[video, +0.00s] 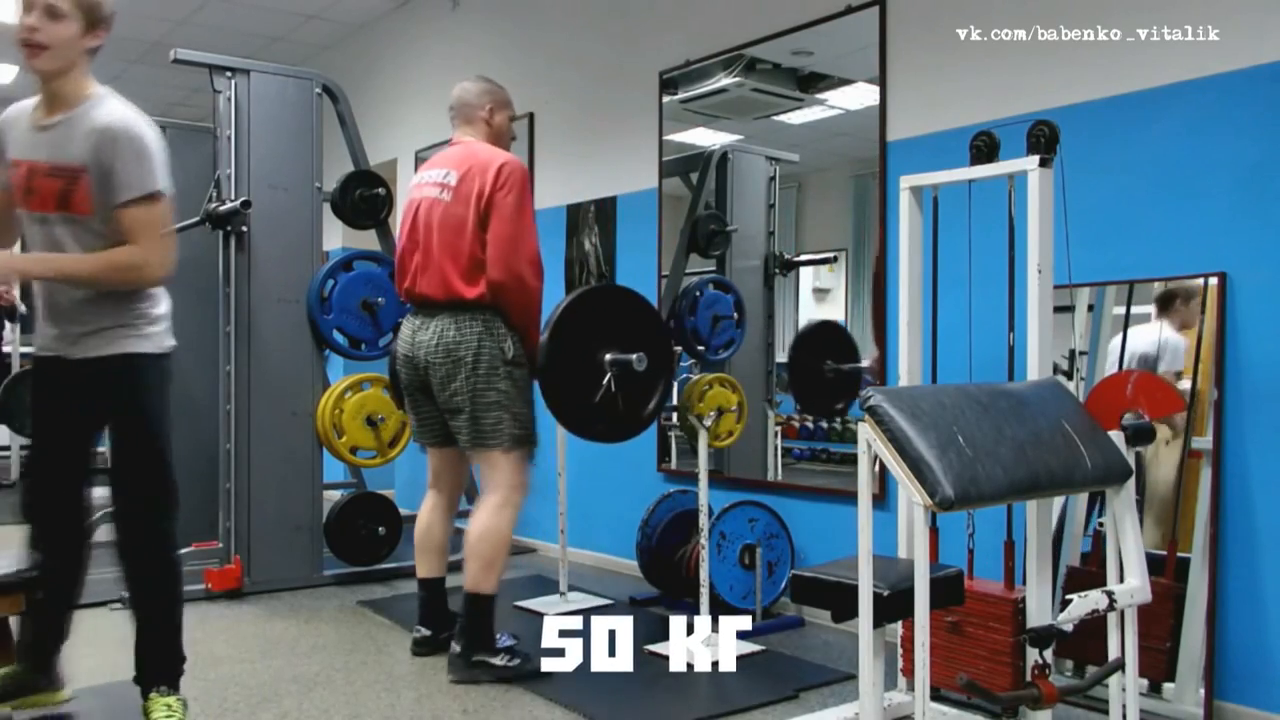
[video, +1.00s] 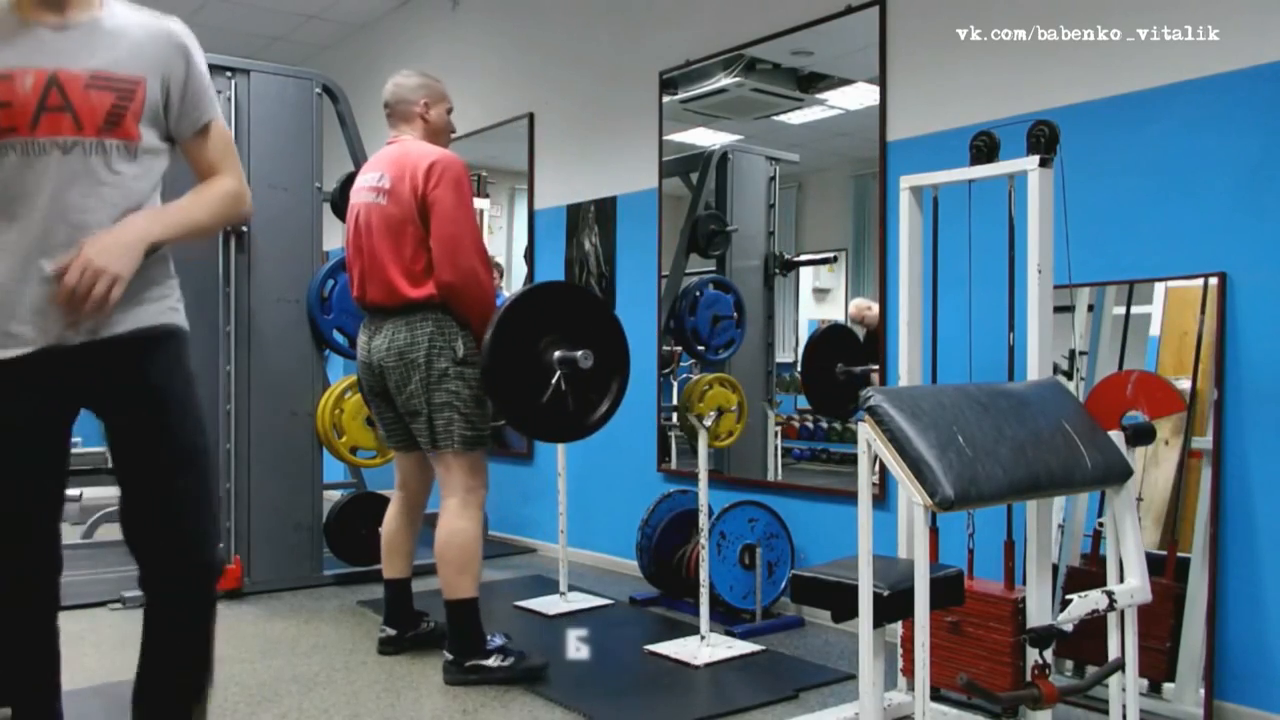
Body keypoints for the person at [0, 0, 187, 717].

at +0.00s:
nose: (30, 27)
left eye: (51, 15)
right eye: (26, 13)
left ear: (94, 34)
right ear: (19, 25)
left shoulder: (124, 130)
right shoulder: (13, 124)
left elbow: (156, 258)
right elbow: (10, 234)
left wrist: (28, 265)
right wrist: (8, 275)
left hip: (132, 350)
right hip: (56, 352)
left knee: (145, 520)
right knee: (52, 511)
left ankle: (161, 685)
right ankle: (38, 669)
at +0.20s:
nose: (74, 6)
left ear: (129, 12)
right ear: (54, 10)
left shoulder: (163, 105)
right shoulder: (30, 108)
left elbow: (234, 219)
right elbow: (16, 197)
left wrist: (111, 249)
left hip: (154, 346)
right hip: (70, 346)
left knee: (158, 513)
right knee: (100, 507)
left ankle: (167, 685)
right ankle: (155, 616)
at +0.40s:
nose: (77, 12)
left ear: (128, 10)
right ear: (53, 13)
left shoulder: (169, 96)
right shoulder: (34, 114)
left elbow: (250, 210)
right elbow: (11, 212)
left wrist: (128, 242)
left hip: (179, 346)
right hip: (85, 351)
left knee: (183, 525)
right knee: (101, 518)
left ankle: (177, 687)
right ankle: (179, 586)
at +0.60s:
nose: (74, 4)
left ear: (122, 2)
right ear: (47, 7)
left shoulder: (170, 88)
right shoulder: (21, 102)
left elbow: (234, 220)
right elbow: (20, 223)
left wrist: (100, 236)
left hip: (176, 345)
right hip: (72, 346)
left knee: (186, 526)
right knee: (39, 515)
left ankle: (177, 685)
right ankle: (89, 685)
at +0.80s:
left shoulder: (162, 83)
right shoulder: (3, 82)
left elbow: (236, 222)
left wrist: (111, 255)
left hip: (146, 357)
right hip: (20, 361)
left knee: (165, 535)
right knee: (16, 554)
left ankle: (177, 690)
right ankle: (27, 709)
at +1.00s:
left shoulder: (160, 41)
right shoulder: (4, 35)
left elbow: (231, 189)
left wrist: (136, 231)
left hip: (139, 333)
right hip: (13, 346)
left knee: (185, 571)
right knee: (17, 586)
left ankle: (169, 712)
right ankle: (31, 711)